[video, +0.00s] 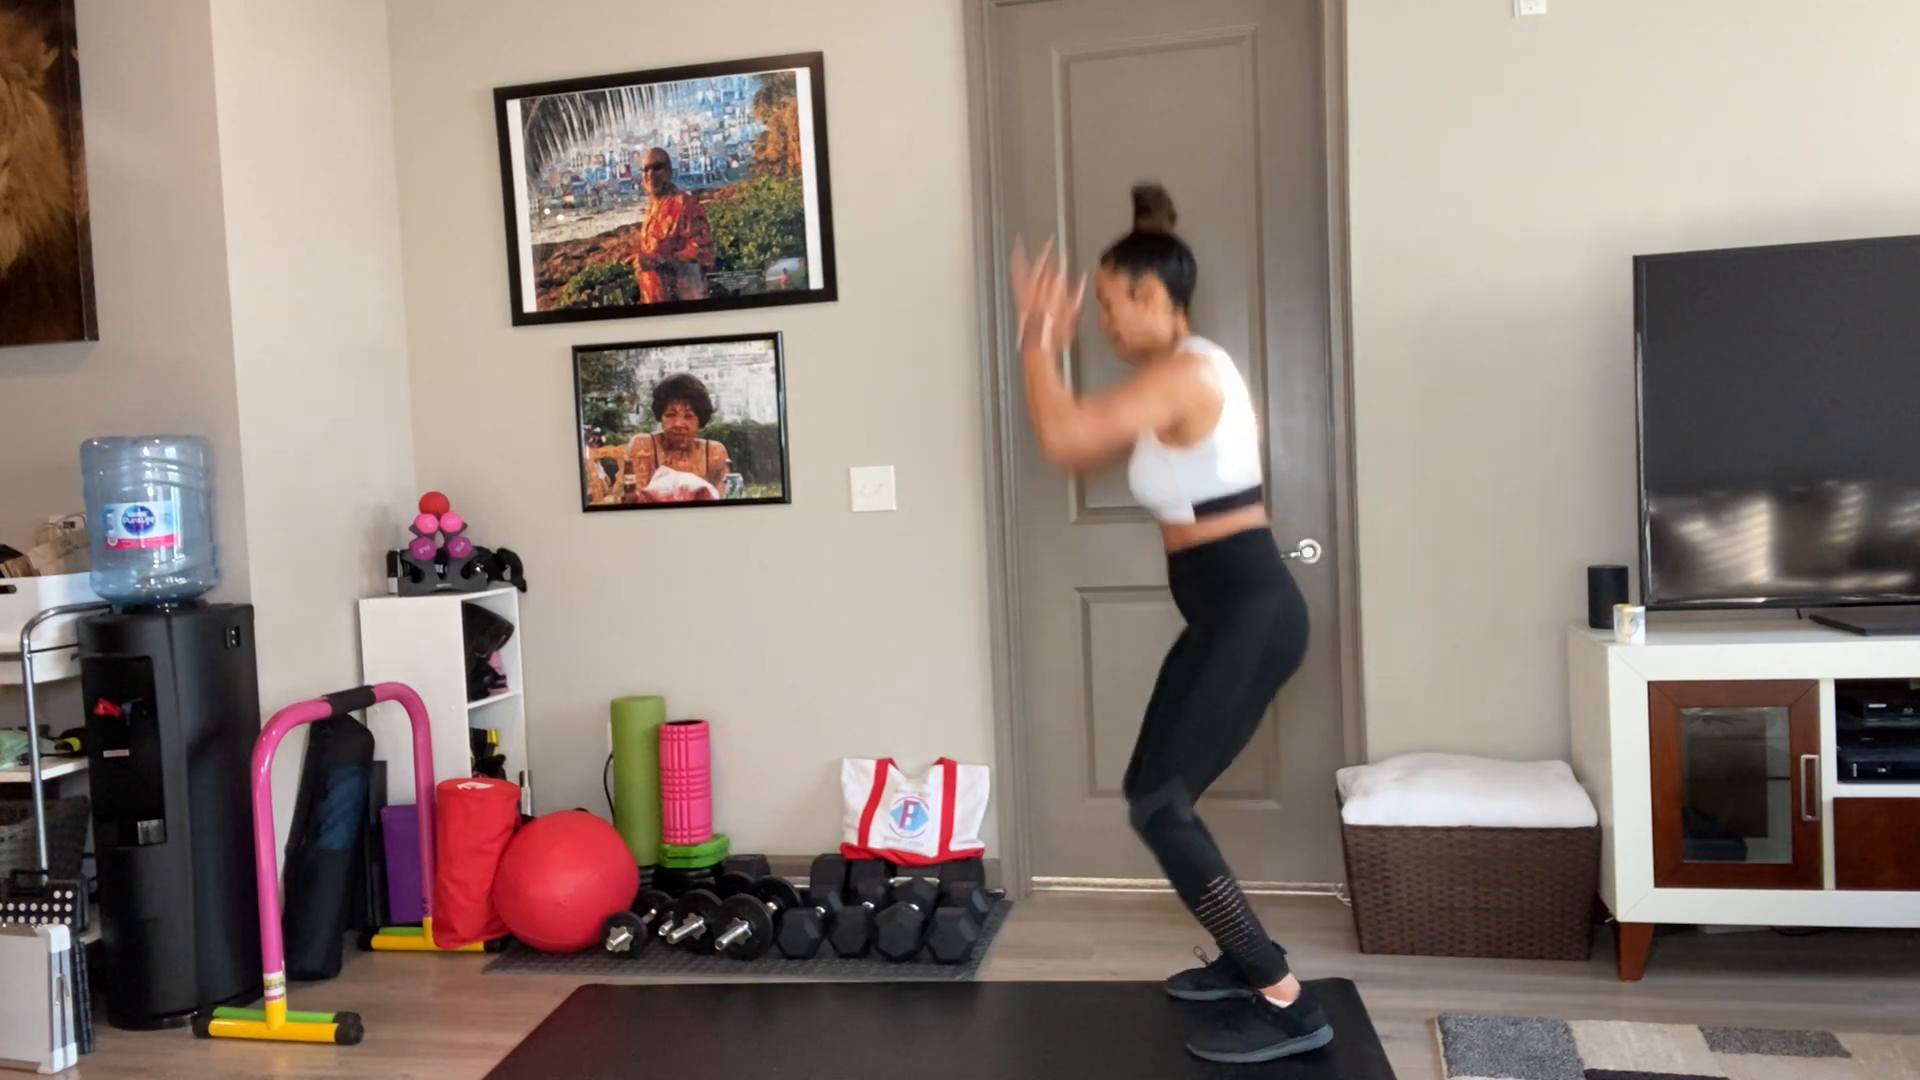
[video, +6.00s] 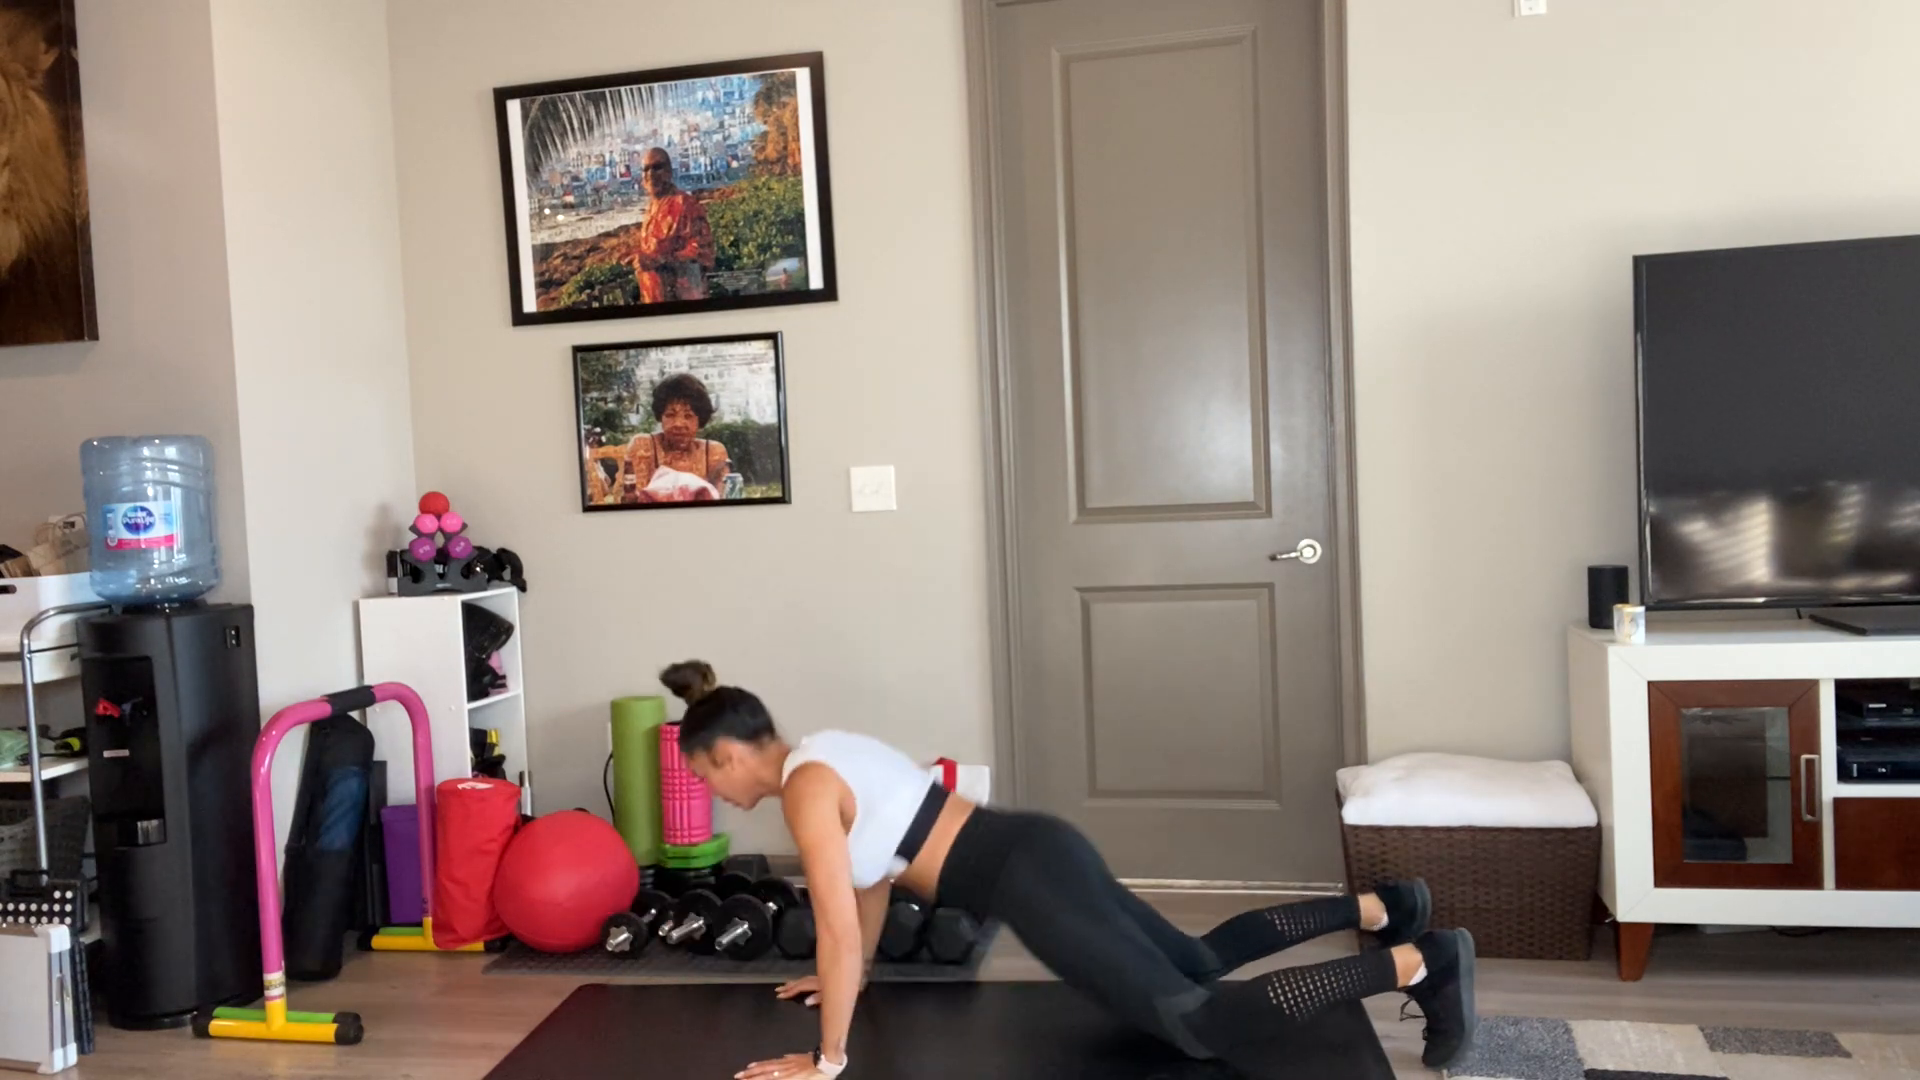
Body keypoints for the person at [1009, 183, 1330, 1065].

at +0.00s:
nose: (1111, 315)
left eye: (1122, 299)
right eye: (1107, 301)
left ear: (1164, 297)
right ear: (1129, 304)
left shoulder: (1192, 376)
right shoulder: (1175, 370)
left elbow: (1065, 439)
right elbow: (1074, 440)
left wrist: (1036, 340)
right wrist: (1053, 347)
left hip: (1252, 610)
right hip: (1222, 609)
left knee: (1159, 800)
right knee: (1152, 791)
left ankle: (1277, 989)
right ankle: (1247, 960)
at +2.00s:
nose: (637, 1000)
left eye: (632, 987)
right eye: (630, 989)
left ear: (659, 968)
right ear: (672, 942)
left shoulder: (722, 973)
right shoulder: (749, 928)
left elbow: (816, 964)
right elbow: (857, 884)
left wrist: (797, 1058)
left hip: (947, 972)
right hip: (962, 924)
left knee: (1164, 1019)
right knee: (1169, 969)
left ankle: (1397, 979)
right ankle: (1360, 925)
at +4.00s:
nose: (923, 226)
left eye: (926, 211)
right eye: (917, 216)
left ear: (956, 194)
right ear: (957, 194)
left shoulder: (1022, 238)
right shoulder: (1008, 258)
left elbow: (898, 254)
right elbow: (911, 286)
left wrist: (858, 149)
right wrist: (875, 165)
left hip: (1111, 465)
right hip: (1099, 469)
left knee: (1109, 680)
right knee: (1108, 679)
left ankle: (1155, 908)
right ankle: (1155, 874)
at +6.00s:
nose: (712, 794)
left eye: (709, 778)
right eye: (705, 781)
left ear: (736, 754)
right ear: (752, 740)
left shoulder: (808, 796)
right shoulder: (829, 753)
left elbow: (843, 932)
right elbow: (873, 881)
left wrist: (830, 1053)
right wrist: (844, 967)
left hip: (1017, 870)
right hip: (1031, 844)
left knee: (1189, 1020)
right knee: (1197, 962)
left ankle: (1411, 964)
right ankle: (1374, 908)